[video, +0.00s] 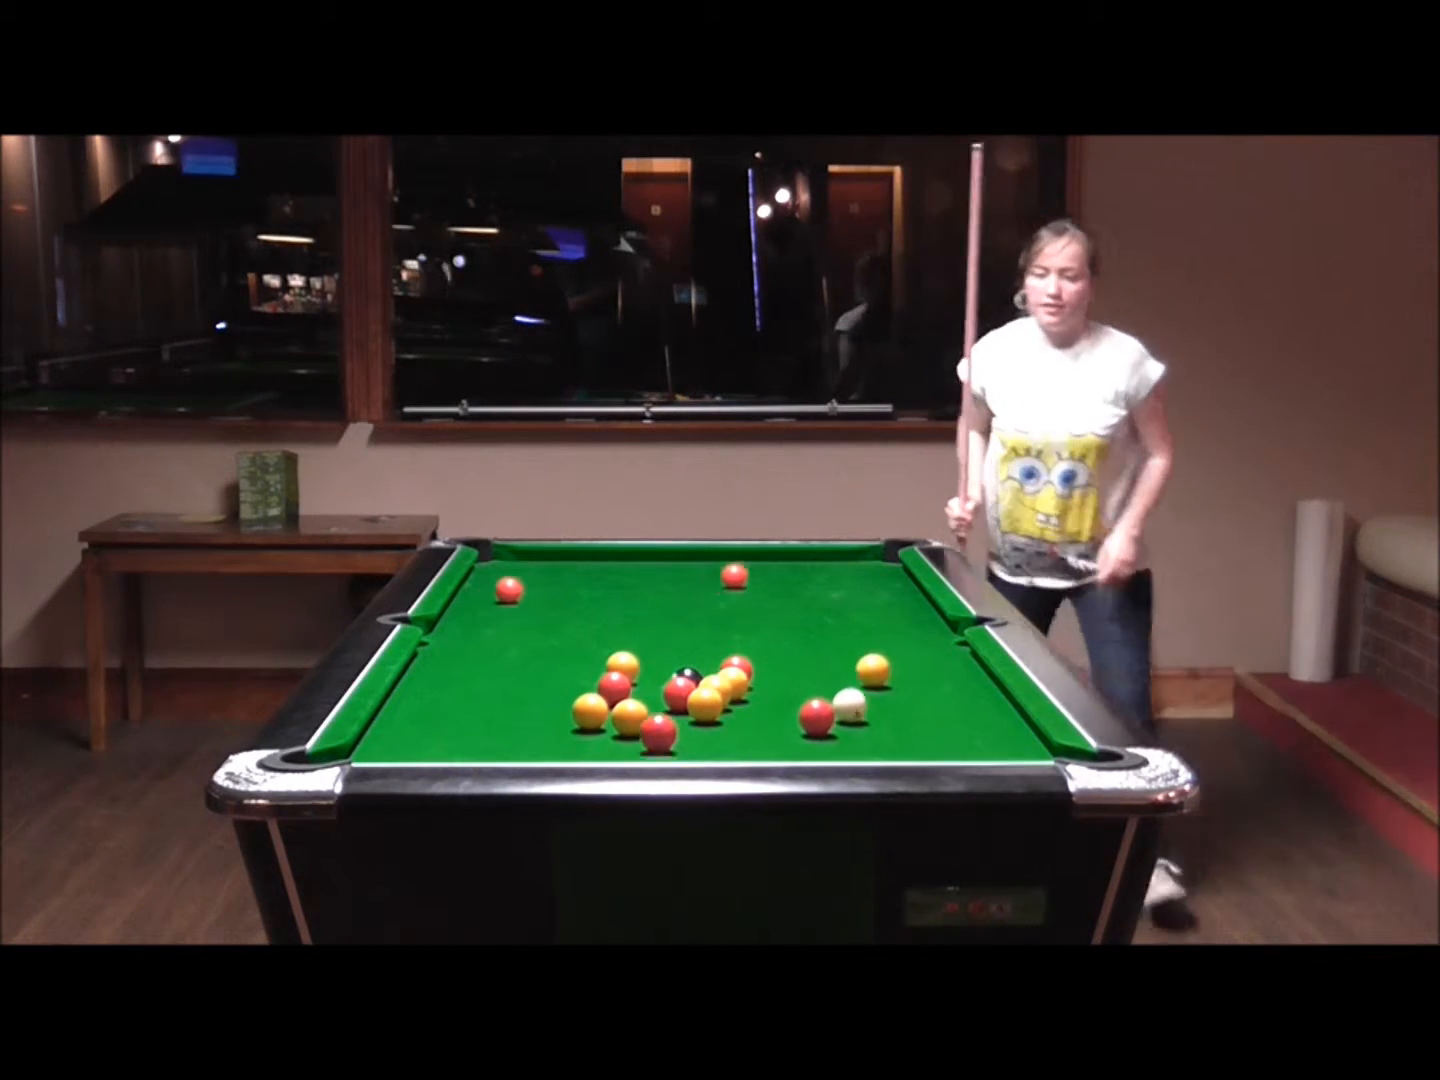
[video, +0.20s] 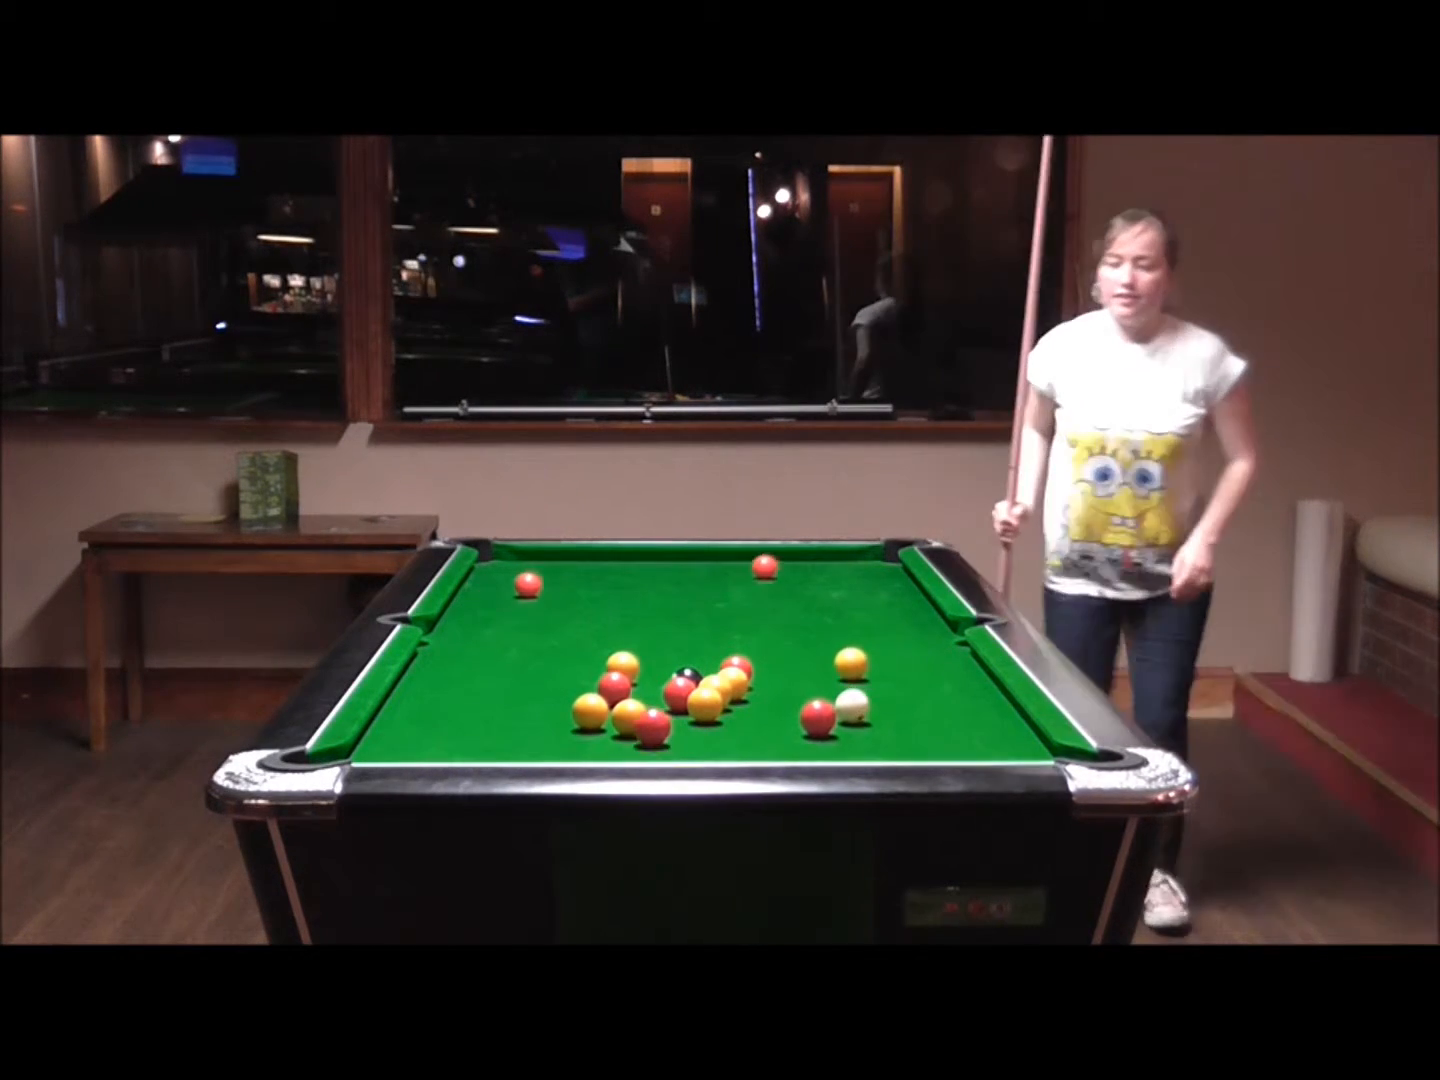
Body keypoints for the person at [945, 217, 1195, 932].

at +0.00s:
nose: (1053, 288)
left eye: (1069, 276)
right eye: (1041, 274)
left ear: (1092, 286)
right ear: (1023, 282)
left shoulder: (1126, 361)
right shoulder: (992, 354)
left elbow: (1160, 453)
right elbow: (972, 428)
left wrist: (1129, 532)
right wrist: (970, 491)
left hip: (1102, 560)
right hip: (1016, 555)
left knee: (1128, 706)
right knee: (992, 694)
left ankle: (1153, 856)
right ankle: (982, 850)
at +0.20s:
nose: (1126, 278)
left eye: (1144, 264)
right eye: (1114, 263)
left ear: (1170, 276)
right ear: (1097, 271)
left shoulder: (1205, 359)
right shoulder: (1061, 349)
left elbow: (1243, 459)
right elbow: (1031, 429)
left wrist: (1202, 541)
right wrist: (1021, 498)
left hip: (1167, 581)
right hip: (1075, 577)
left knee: (1160, 729)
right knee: (1067, 721)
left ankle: (1158, 872)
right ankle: (1062, 874)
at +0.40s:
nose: (1181, 281)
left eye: (1202, 268)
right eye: (1171, 264)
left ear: (1235, 283)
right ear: (1154, 270)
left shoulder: (1267, 363)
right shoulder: (1116, 351)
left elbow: (1299, 480)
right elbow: (1078, 441)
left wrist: (1234, 540)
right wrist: (1065, 524)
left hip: (1220, 592)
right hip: (1129, 583)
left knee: (1188, 744)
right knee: (1183, 743)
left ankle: (1158, 873)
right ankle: (1186, 905)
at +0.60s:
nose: (1219, 309)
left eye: (1241, 294)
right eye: (1209, 291)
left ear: (1286, 309)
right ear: (1197, 297)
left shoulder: (1329, 390)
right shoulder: (1169, 391)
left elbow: (1343, 518)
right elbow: (1136, 491)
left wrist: (1229, 541)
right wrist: (1113, 581)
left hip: (1294, 645)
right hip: (1199, 641)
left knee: (1238, 790)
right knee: (1271, 816)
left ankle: (1170, 870)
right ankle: (1286, 940)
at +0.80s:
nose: (1264, 294)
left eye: (1286, 276)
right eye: (1257, 276)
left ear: (1347, 292)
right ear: (1248, 285)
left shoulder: (1391, 387)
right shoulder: (1232, 384)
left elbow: (1364, 536)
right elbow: (1229, 508)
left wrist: (1212, 520)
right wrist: (1195, 588)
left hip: (1371, 667)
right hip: (1250, 667)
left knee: (1381, 869)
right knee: (1300, 860)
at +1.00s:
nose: (1305, 297)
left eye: (1330, 277)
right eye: (1303, 276)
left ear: (1399, 294)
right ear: (1299, 282)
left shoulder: (1426, 392)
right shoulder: (1310, 386)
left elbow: (1329, 542)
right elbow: (1309, 529)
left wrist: (1177, 508)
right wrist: (1281, 594)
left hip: (1422, 707)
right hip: (1323, 703)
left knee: (1420, 922)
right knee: (1334, 915)